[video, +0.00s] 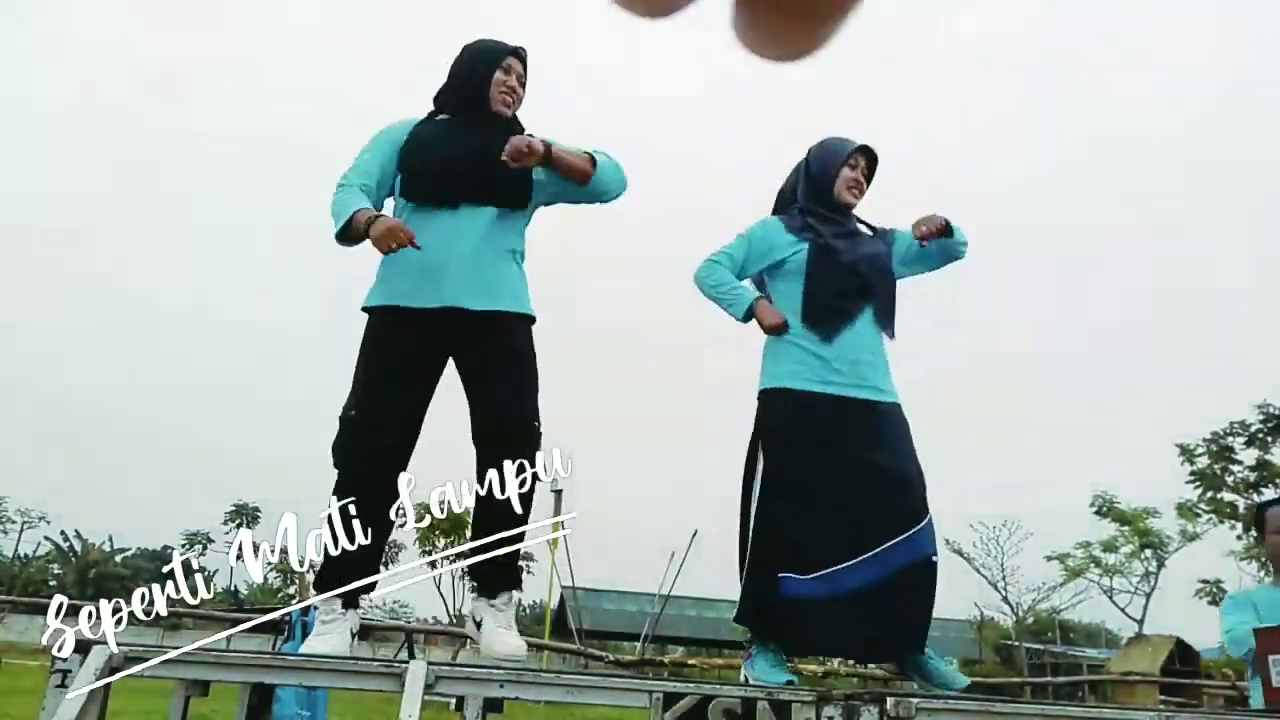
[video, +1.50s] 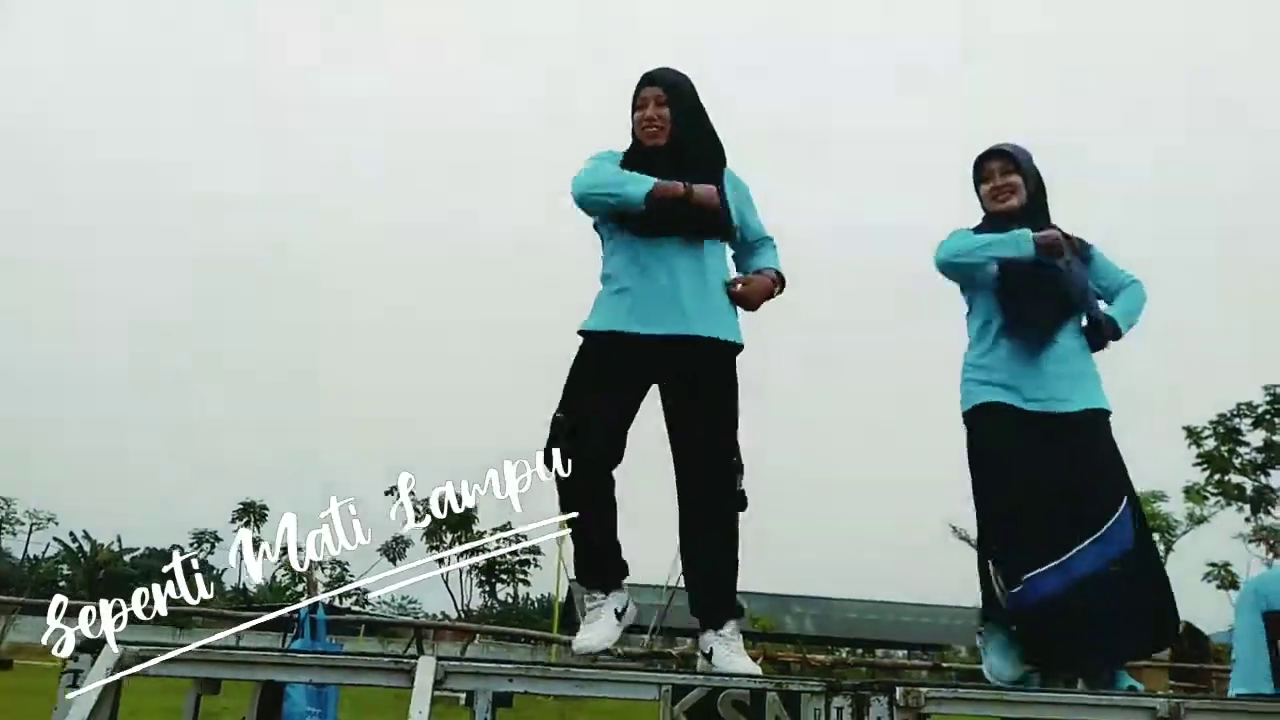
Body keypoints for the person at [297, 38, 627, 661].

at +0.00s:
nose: (514, 86)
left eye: (520, 82)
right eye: (504, 73)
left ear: (520, 95)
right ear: (469, 73)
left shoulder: (524, 155)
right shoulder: (405, 136)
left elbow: (614, 181)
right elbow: (350, 196)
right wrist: (372, 222)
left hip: (497, 313)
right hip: (405, 307)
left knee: (513, 454)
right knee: (368, 451)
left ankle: (493, 598)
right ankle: (343, 604)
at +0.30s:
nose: (569, 93)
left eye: (574, 89)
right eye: (559, 81)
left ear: (574, 107)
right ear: (523, 86)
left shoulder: (585, 171)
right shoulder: (474, 151)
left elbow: (667, 209)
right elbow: (401, 204)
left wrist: (625, 167)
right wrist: (393, 231)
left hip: (570, 331)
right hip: (480, 324)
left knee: (572, 482)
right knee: (422, 463)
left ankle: (564, 626)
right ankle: (370, 607)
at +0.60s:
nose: (603, 121)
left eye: (609, 115)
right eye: (591, 109)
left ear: (611, 127)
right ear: (556, 113)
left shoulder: (616, 181)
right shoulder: (512, 167)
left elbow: (637, 169)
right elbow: (480, 234)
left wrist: (589, 127)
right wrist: (526, 274)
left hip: (605, 351)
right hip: (521, 345)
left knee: (639, 475)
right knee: (494, 483)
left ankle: (596, 614)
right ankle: (477, 623)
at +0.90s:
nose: (666, 123)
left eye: (671, 115)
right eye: (655, 112)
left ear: (671, 126)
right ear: (623, 116)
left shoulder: (690, 190)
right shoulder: (574, 188)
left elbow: (765, 234)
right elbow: (521, 252)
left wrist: (856, 270)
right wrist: (459, 290)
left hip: (678, 357)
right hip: (590, 354)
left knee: (703, 502)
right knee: (538, 488)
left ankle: (714, 642)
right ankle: (481, 623)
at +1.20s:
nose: (679, 124)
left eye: (690, 116)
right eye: (669, 116)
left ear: (708, 126)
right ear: (654, 126)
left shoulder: (733, 192)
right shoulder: (623, 182)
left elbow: (751, 261)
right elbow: (569, 239)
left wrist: (757, 307)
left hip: (716, 350)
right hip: (634, 345)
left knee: (712, 490)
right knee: (623, 476)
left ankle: (713, 639)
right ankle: (632, 613)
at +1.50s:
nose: (651, 115)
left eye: (663, 106)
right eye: (642, 107)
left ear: (688, 114)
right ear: (632, 118)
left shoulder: (724, 182)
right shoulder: (612, 166)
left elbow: (757, 244)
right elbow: (586, 189)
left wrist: (766, 277)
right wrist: (680, 192)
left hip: (703, 336)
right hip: (619, 332)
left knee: (712, 481)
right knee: (575, 455)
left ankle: (719, 628)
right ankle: (605, 596)